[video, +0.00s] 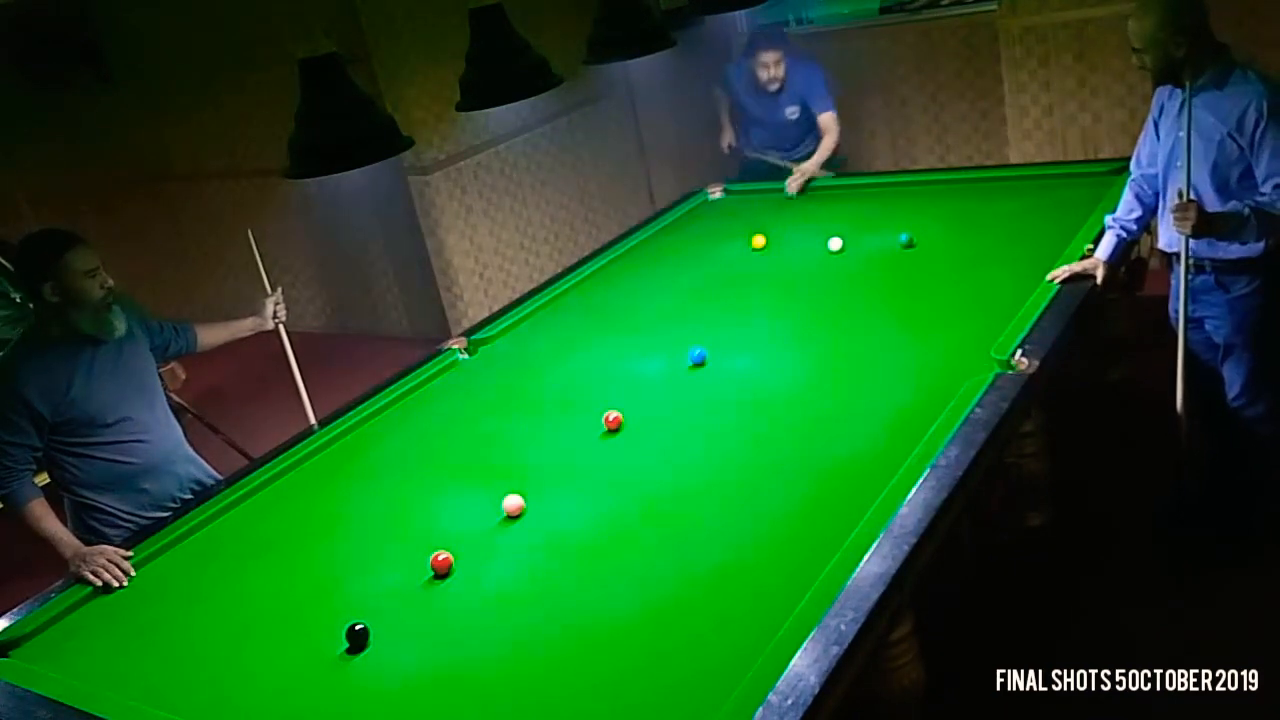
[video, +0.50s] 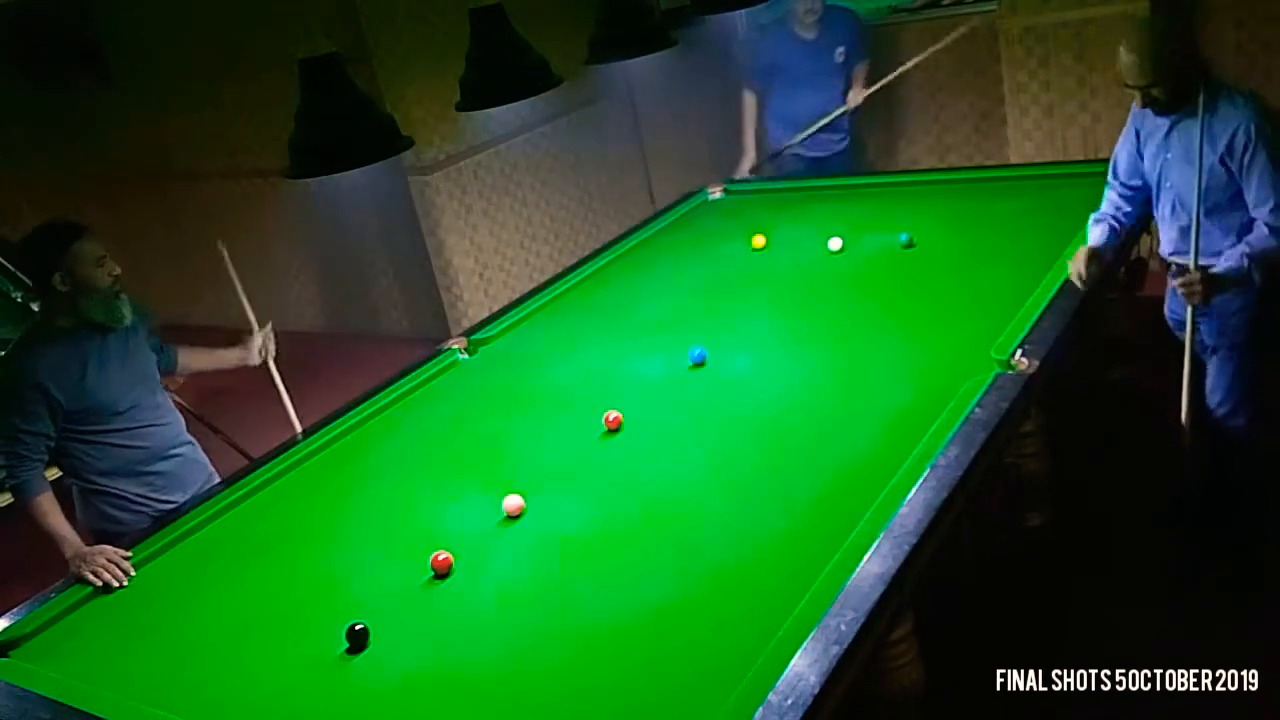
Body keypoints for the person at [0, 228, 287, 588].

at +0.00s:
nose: (108, 282)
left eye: (102, 270)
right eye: (91, 275)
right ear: (52, 292)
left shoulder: (123, 320)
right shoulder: (25, 371)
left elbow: (180, 338)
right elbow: (13, 477)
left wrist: (258, 321)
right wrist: (75, 552)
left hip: (204, 503)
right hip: (129, 543)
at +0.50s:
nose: (116, 270)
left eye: (110, 260)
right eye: (99, 264)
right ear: (62, 282)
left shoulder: (127, 319)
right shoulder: (32, 363)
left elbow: (163, 359)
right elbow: (23, 470)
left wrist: (245, 354)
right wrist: (75, 550)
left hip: (203, 491)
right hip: (135, 530)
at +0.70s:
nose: (129, 259)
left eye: (122, 249)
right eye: (113, 253)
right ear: (78, 270)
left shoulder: (124, 312)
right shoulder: (56, 349)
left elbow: (158, 376)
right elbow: (41, 457)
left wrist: (228, 388)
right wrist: (102, 531)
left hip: (205, 486)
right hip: (152, 521)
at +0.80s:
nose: (140, 252)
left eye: (133, 242)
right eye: (124, 245)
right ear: (89, 264)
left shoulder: (128, 308)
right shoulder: (76, 336)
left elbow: (158, 378)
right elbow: (62, 442)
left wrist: (222, 385)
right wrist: (137, 506)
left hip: (208, 479)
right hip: (172, 502)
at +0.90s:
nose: (150, 246)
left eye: (142, 236)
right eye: (134, 239)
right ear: (101, 257)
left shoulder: (134, 304)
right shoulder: (94, 327)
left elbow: (164, 371)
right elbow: (96, 429)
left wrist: (222, 377)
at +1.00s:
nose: (163, 239)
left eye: (156, 228)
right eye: (148, 232)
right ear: (117, 249)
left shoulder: (145, 298)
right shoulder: (114, 315)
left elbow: (168, 364)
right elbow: (127, 414)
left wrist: (222, 364)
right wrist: (222, 450)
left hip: (214, 474)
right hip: (185, 488)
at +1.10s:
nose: (175, 231)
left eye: (169, 221)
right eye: (161, 225)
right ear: (131, 241)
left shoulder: (154, 290)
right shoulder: (136, 301)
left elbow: (174, 363)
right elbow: (156, 398)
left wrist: (223, 352)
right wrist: (244, 431)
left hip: (227, 464)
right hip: (202, 480)